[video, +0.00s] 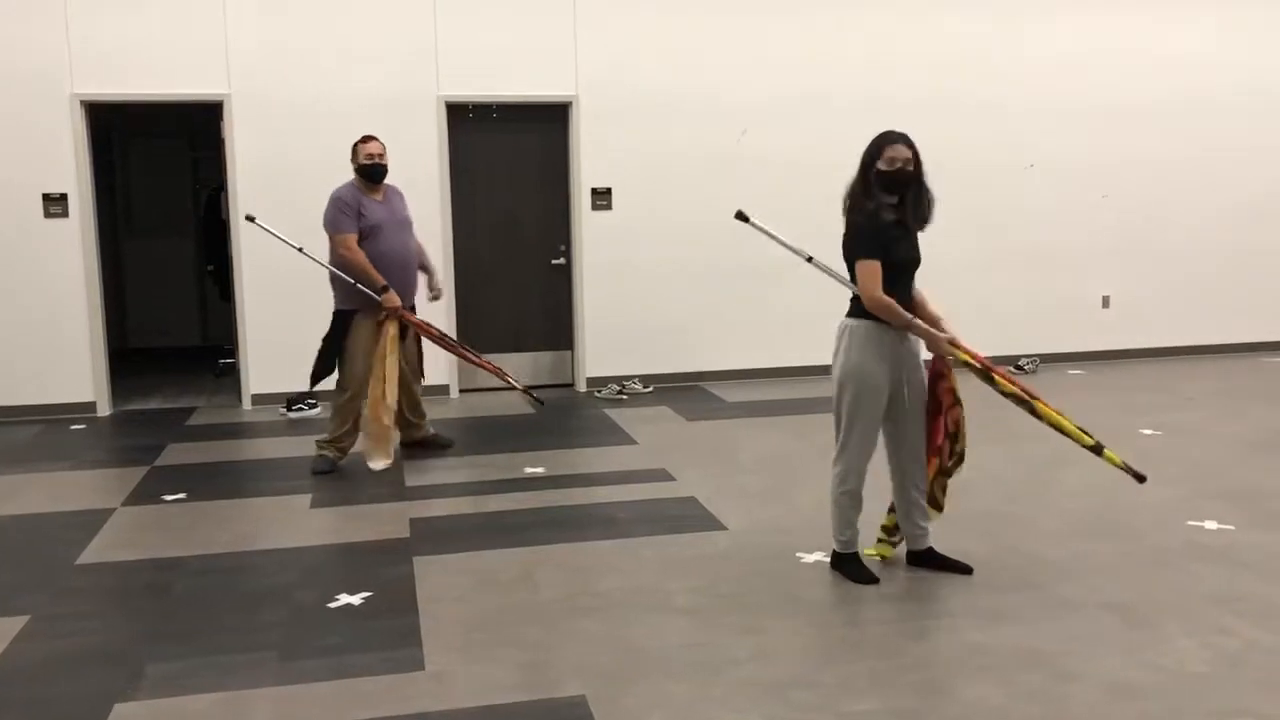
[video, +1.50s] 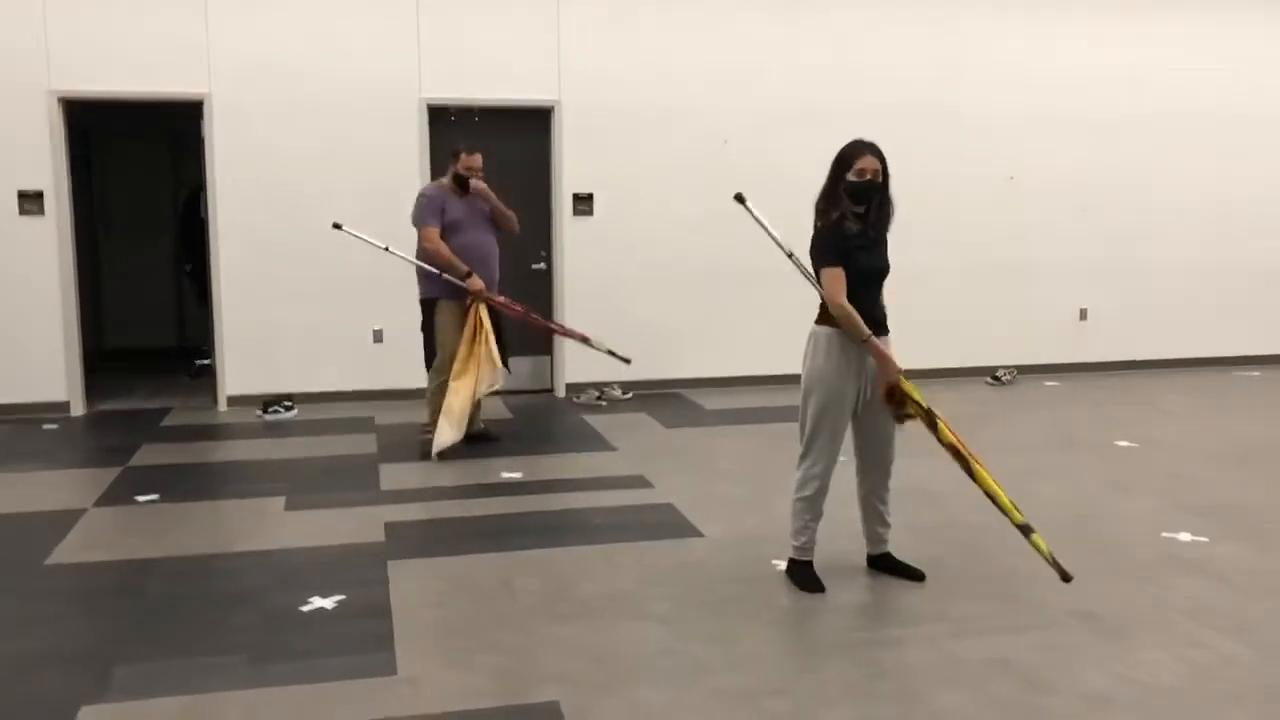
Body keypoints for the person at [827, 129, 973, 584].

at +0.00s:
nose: (897, 169)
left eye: (905, 163)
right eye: (888, 162)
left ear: (914, 169)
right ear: (872, 165)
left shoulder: (902, 220)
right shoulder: (865, 217)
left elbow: (908, 290)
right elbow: (871, 296)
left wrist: (944, 332)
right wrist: (926, 333)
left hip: (902, 339)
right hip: (865, 338)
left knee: (910, 447)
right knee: (855, 449)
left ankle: (918, 546)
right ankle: (845, 550)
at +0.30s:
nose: (871, 168)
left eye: (880, 162)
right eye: (862, 162)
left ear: (893, 169)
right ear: (848, 168)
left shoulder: (894, 223)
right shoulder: (841, 223)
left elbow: (898, 283)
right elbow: (837, 297)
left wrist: (917, 319)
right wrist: (888, 334)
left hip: (886, 339)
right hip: (843, 340)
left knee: (899, 445)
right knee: (836, 449)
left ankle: (909, 546)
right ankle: (835, 551)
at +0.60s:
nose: (863, 173)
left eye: (872, 166)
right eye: (855, 166)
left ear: (887, 170)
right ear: (842, 170)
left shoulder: (897, 224)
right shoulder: (837, 223)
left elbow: (906, 281)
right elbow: (824, 295)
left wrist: (911, 319)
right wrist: (880, 332)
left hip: (885, 341)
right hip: (840, 342)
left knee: (890, 446)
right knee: (830, 449)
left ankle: (892, 545)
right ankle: (829, 551)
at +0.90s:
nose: (873, 179)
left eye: (882, 172)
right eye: (864, 171)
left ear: (894, 177)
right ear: (851, 176)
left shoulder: (903, 230)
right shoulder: (843, 230)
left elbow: (916, 292)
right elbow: (832, 302)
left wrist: (923, 348)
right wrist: (888, 338)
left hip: (895, 347)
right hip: (849, 347)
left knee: (893, 452)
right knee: (840, 456)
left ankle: (894, 550)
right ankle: (827, 556)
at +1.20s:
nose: (875, 184)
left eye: (883, 178)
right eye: (866, 177)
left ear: (894, 183)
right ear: (850, 180)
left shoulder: (894, 232)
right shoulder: (842, 232)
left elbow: (903, 295)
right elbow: (838, 308)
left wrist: (919, 356)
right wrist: (892, 348)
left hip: (893, 351)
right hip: (850, 349)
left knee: (893, 458)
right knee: (832, 457)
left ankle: (890, 556)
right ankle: (809, 561)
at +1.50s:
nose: (866, 181)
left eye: (874, 175)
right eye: (858, 173)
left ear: (883, 181)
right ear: (841, 175)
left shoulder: (875, 229)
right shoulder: (831, 227)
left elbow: (871, 296)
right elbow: (835, 302)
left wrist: (888, 364)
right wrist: (880, 354)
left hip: (872, 345)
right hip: (833, 344)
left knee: (877, 454)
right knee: (819, 456)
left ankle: (878, 552)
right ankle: (800, 557)